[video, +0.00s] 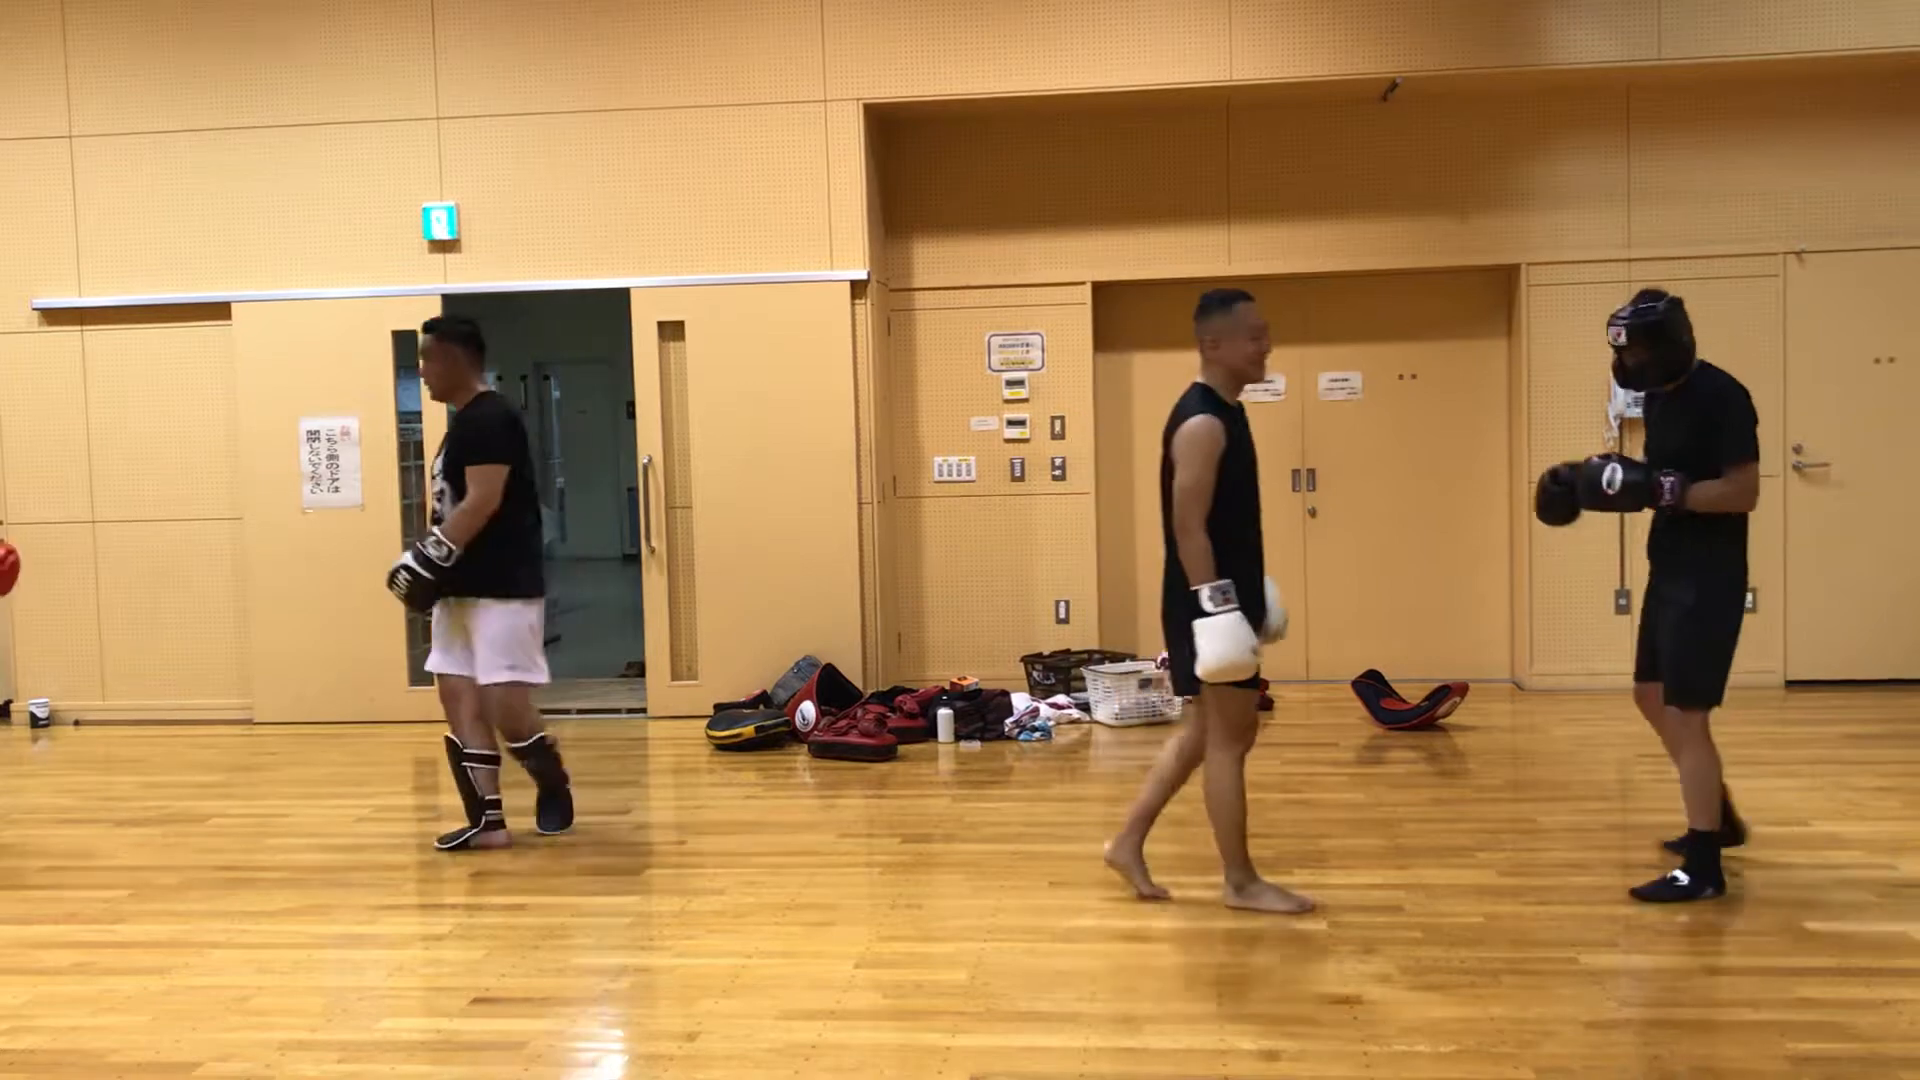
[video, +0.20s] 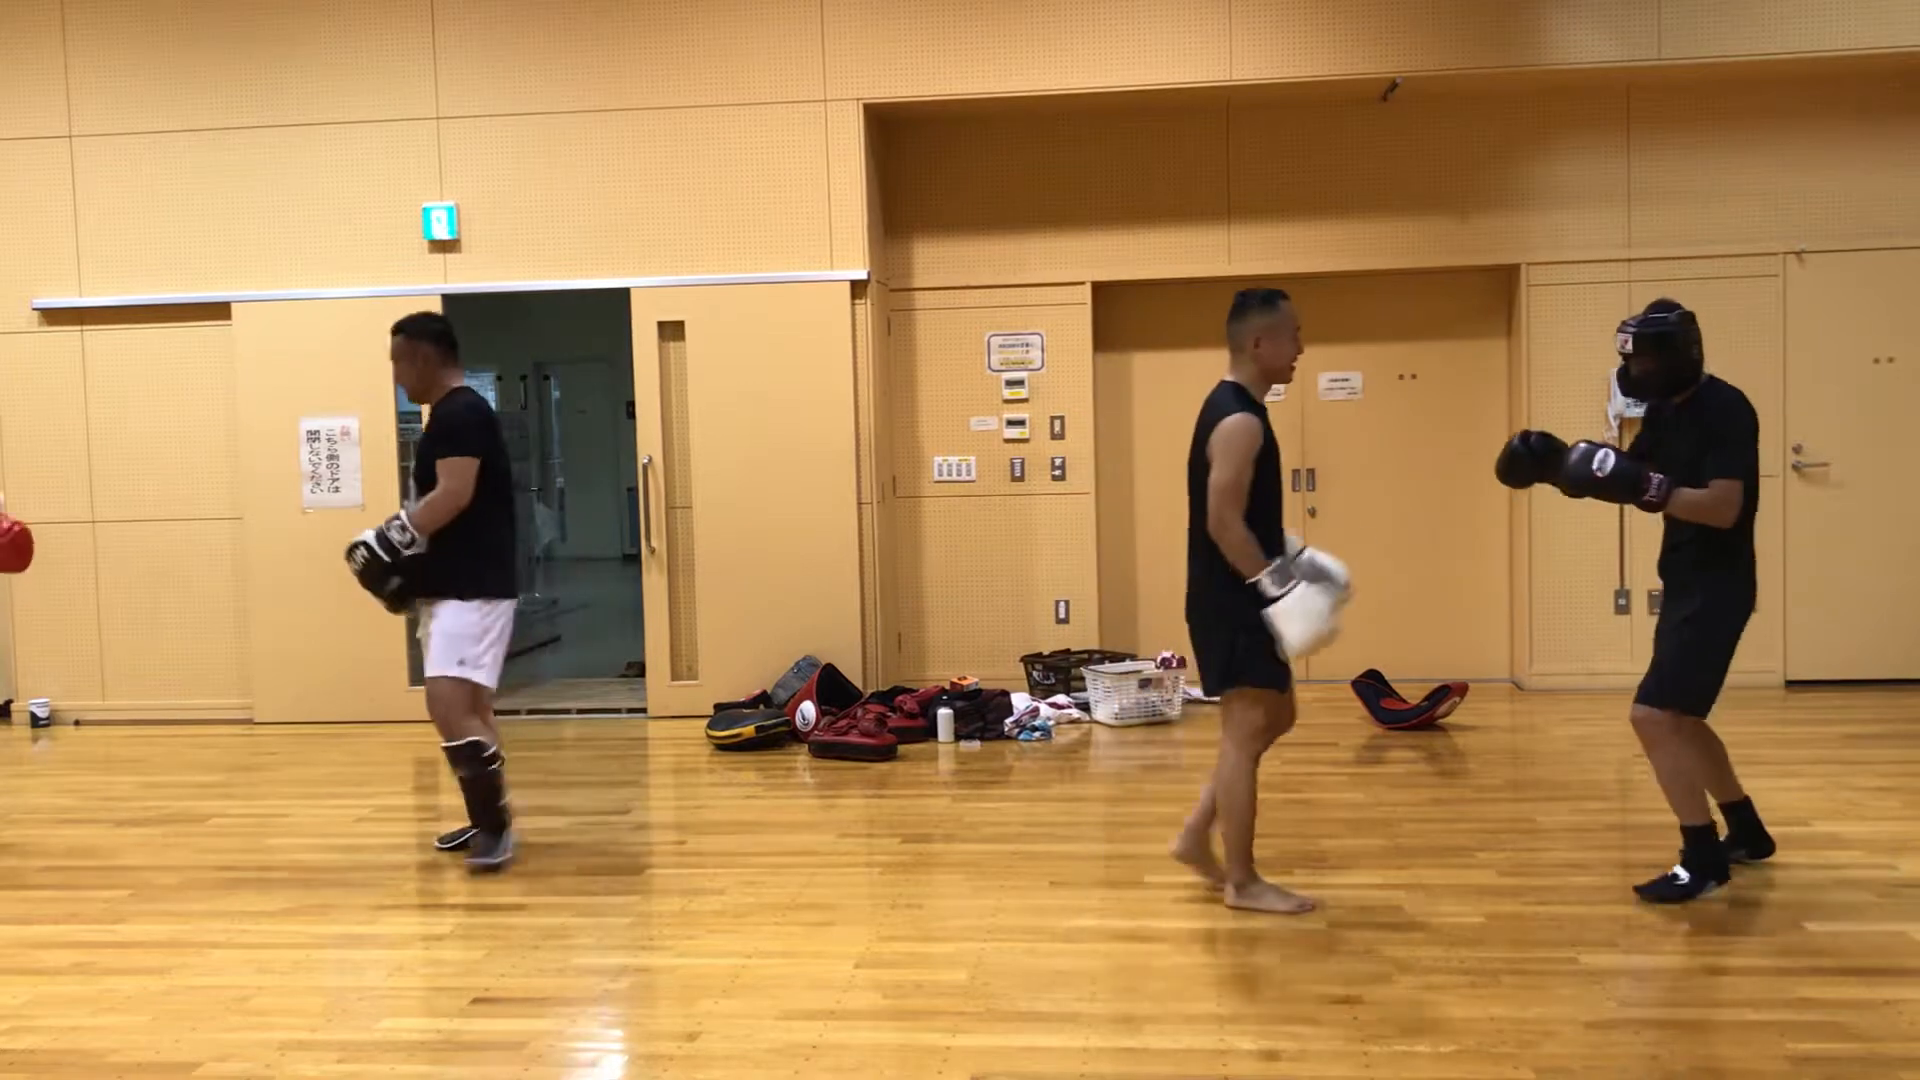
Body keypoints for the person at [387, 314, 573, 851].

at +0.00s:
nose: (422, 370)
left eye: (429, 359)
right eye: (422, 360)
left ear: (463, 360)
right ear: (454, 362)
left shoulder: (490, 418)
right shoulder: (462, 422)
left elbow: (483, 499)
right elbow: (454, 504)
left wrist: (430, 559)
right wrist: (423, 556)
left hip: (504, 585)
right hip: (459, 585)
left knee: (505, 703)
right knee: (458, 695)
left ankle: (551, 780)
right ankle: (486, 819)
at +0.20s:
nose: (396, 373)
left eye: (401, 361)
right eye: (395, 362)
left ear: (430, 358)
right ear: (433, 358)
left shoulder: (460, 413)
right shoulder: (448, 414)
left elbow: (455, 493)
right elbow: (448, 501)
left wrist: (389, 536)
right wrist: (402, 556)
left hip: (474, 586)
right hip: (464, 585)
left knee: (447, 698)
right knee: (471, 704)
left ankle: (492, 828)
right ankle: (490, 820)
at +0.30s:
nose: (375, 401)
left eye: (375, 388)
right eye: (370, 391)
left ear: (402, 369)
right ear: (397, 372)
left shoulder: (440, 414)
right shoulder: (425, 417)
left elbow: (432, 496)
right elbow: (423, 500)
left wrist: (367, 523)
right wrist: (372, 531)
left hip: (447, 593)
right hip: (451, 591)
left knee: (431, 710)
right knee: (472, 705)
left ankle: (421, 852)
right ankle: (490, 822)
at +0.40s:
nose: (356, 412)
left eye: (354, 398)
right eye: (351, 401)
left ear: (376, 379)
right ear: (383, 376)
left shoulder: (418, 423)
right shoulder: (430, 418)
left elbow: (400, 508)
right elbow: (406, 507)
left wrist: (335, 521)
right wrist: (346, 512)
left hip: (424, 603)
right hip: (448, 598)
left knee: (402, 719)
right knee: (463, 708)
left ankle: (398, 861)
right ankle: (489, 822)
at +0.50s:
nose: (330, 380)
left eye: (331, 367)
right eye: (327, 369)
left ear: (355, 360)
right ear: (381, 357)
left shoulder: (378, 425)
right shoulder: (416, 419)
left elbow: (349, 517)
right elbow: (389, 515)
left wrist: (292, 537)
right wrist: (315, 528)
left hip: (389, 606)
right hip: (417, 601)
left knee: (381, 723)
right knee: (410, 714)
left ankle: (396, 863)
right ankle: (470, 816)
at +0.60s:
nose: (309, 361)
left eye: (313, 350)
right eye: (310, 350)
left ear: (334, 353)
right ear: (365, 353)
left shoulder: (345, 423)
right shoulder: (401, 416)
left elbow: (318, 517)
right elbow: (404, 514)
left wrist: (261, 538)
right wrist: (312, 542)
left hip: (374, 607)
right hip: (393, 602)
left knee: (388, 726)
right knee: (355, 706)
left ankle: (397, 862)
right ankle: (416, 815)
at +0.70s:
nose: (286, 357)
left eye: (292, 347)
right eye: (289, 346)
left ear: (310, 354)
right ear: (344, 356)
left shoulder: (310, 428)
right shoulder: (384, 423)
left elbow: (282, 526)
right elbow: (389, 516)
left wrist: (235, 530)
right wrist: (303, 539)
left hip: (351, 611)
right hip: (377, 604)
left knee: (378, 727)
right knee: (325, 705)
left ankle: (397, 861)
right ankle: (343, 841)